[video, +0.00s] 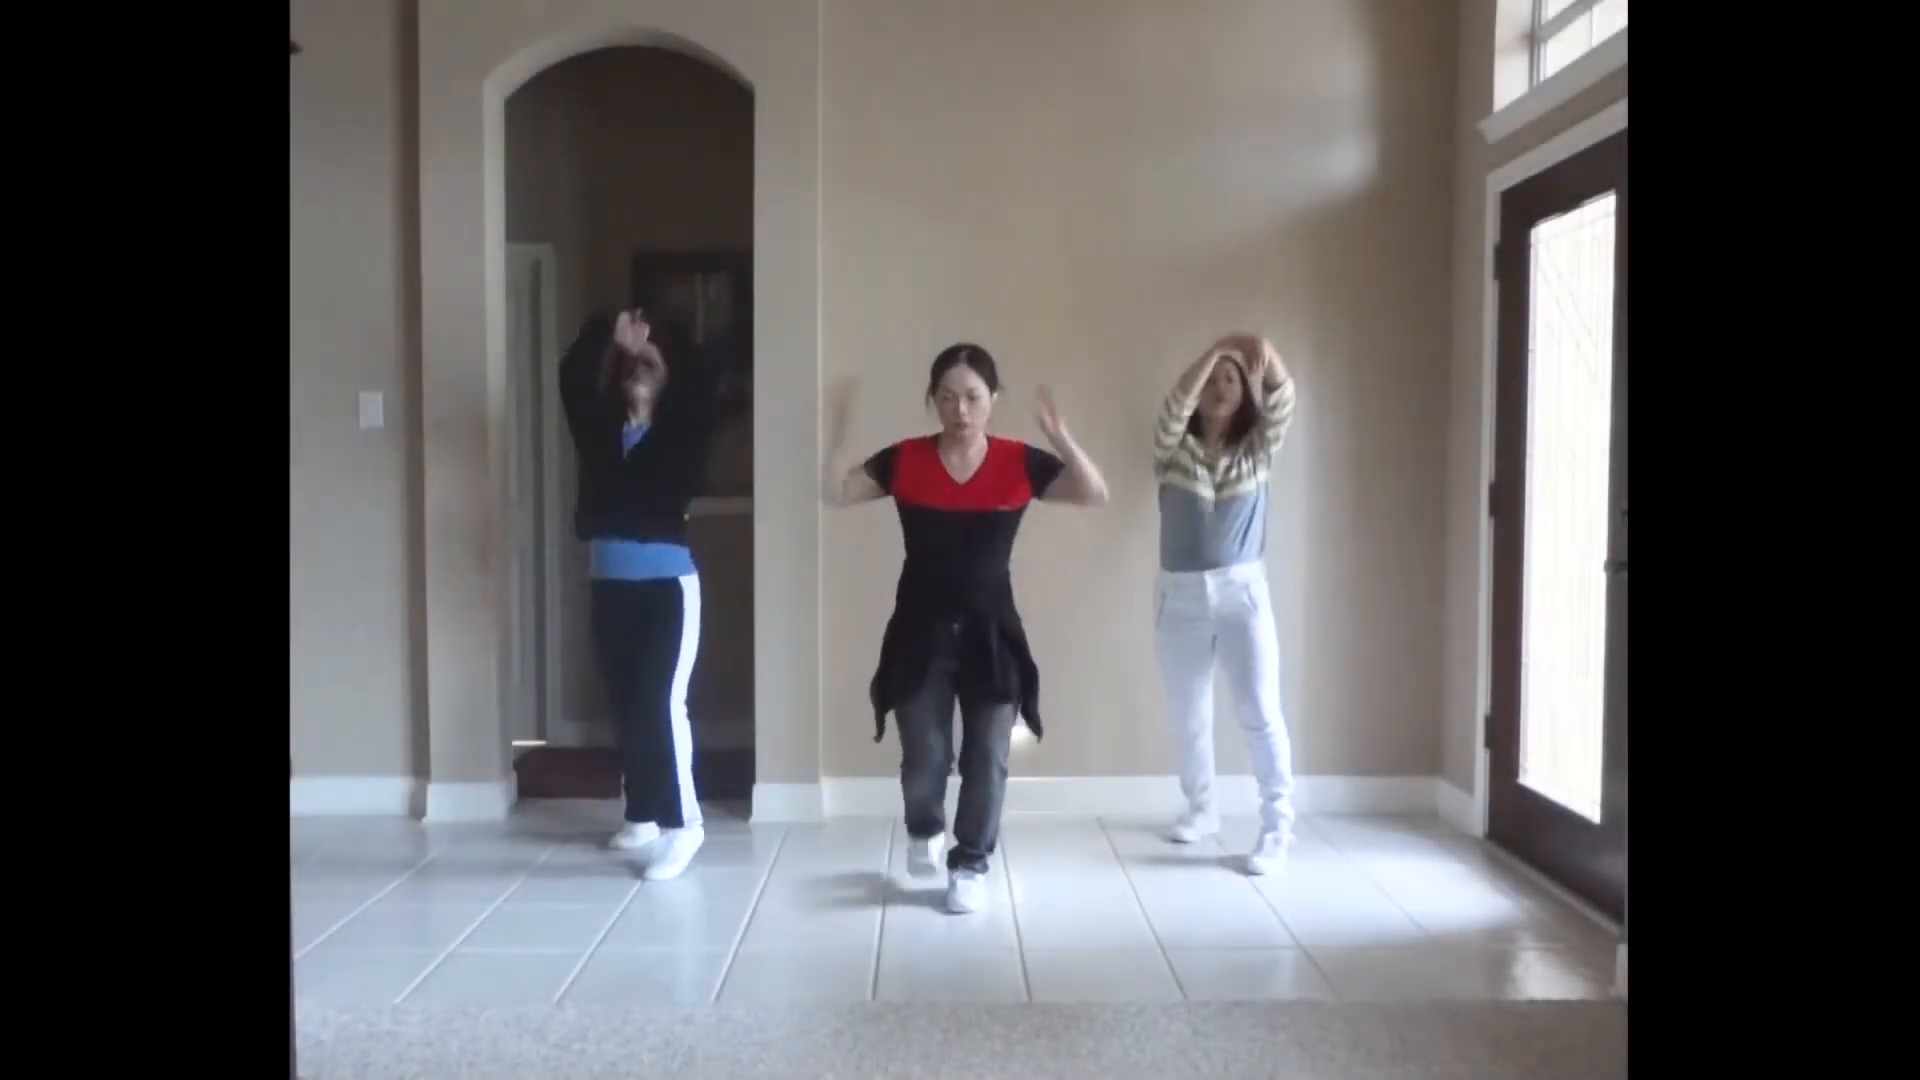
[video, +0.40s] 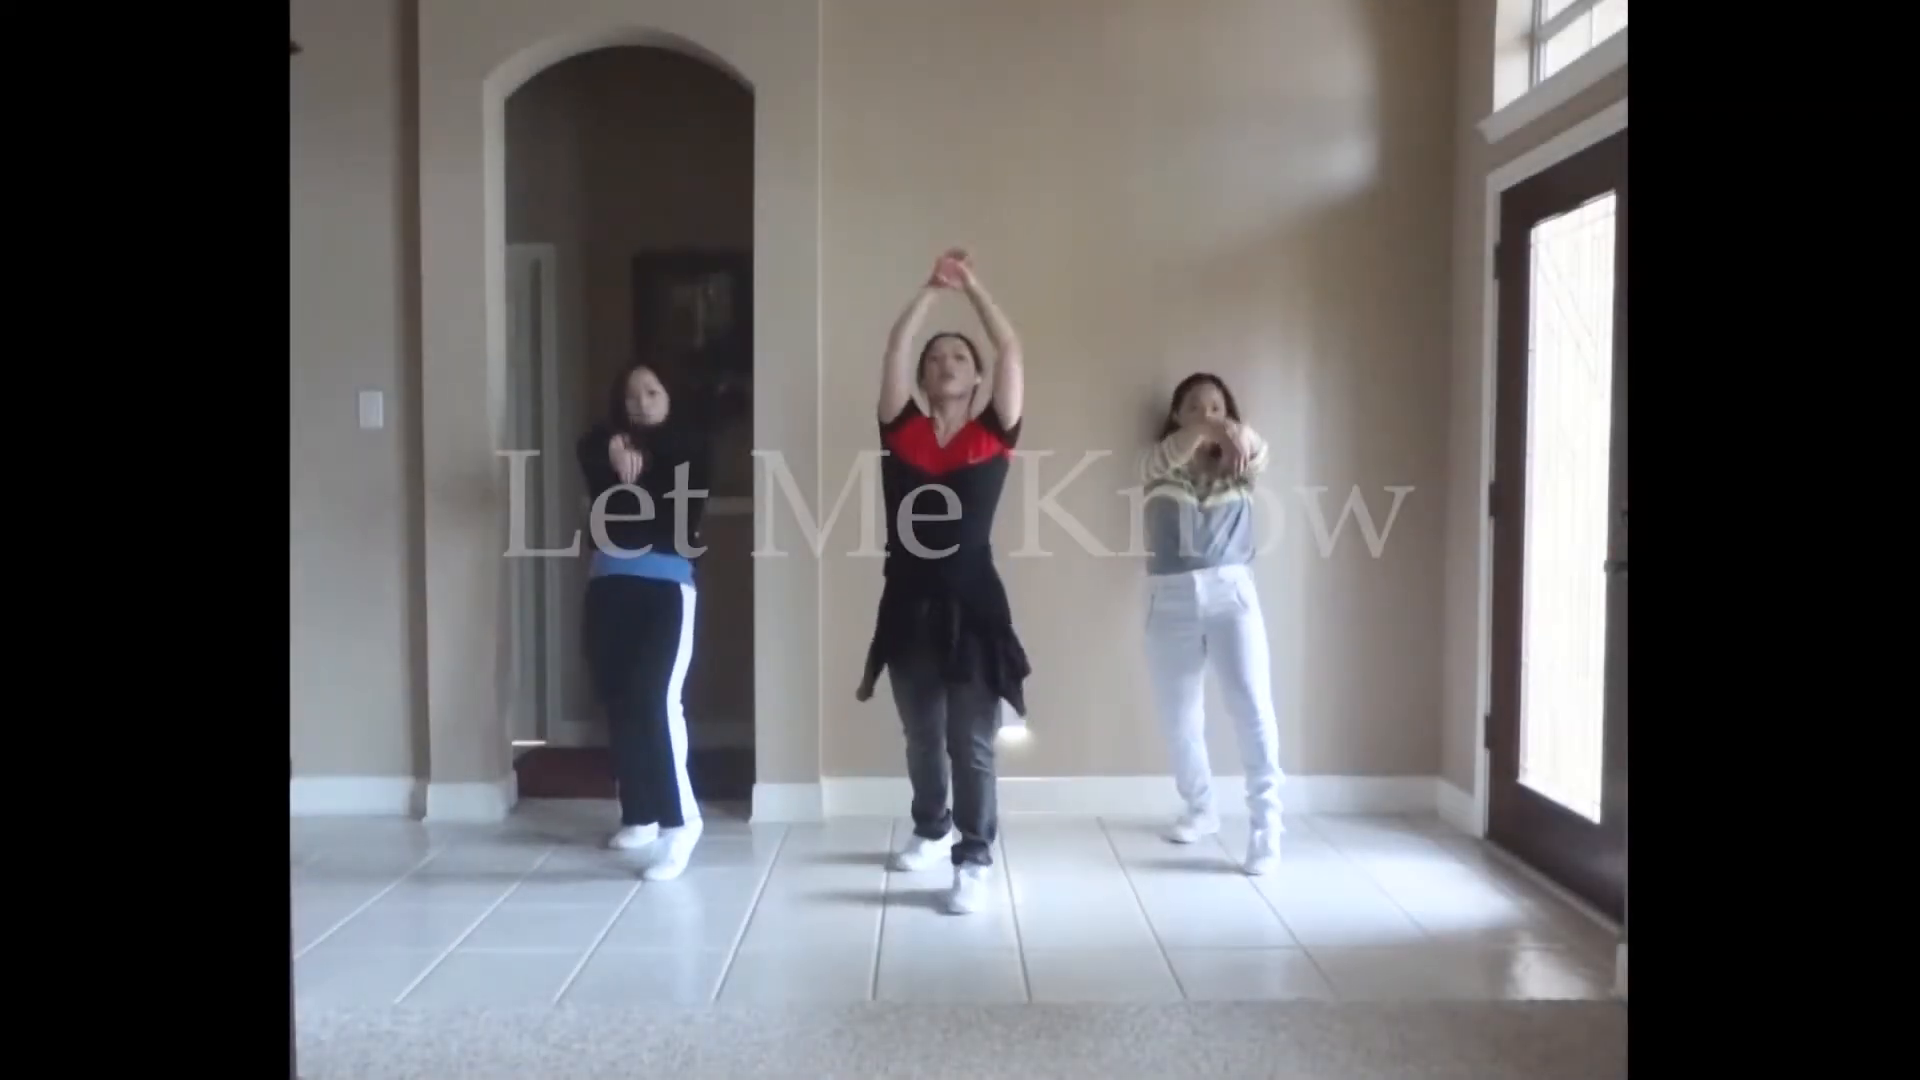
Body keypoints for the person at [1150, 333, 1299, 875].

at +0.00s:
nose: (1219, 387)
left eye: (1232, 380)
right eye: (1212, 378)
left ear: (1247, 396)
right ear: (1196, 389)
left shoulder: (1256, 450)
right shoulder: (1173, 449)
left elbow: (1280, 403)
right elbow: (1175, 408)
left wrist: (1266, 360)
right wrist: (1212, 352)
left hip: (1242, 594)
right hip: (1179, 596)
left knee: (1259, 714)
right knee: (1188, 717)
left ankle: (1276, 826)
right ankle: (1198, 812)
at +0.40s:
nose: (1206, 416)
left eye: (1215, 408)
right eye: (1195, 408)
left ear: (1227, 418)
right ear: (1176, 417)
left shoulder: (1239, 463)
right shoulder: (1158, 462)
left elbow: (1253, 449)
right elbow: (1184, 441)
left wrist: (1230, 426)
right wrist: (1212, 427)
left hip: (1231, 591)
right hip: (1171, 596)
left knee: (1252, 711)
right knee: (1179, 720)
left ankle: (1266, 826)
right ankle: (1199, 808)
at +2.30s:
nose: (1214, 434)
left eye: (1224, 426)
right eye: (1205, 424)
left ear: (1236, 435)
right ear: (1186, 427)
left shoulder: (1248, 490)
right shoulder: (1161, 486)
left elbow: (1277, 546)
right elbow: (1144, 541)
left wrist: (1278, 575)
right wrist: (1159, 569)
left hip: (1233, 615)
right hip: (1173, 616)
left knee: (1225, 706)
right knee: (1173, 726)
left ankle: (1203, 815)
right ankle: (1195, 805)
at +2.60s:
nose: (1253, 430)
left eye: (1265, 426)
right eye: (1247, 416)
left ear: (1268, 438)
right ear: (1221, 414)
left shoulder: (1250, 490)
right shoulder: (1172, 462)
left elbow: (1252, 552)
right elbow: (1185, 406)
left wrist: (1251, 596)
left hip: (1215, 615)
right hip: (1155, 614)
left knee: (1218, 730)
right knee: (1161, 732)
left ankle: (1185, 847)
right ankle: (1197, 805)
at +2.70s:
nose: (1262, 418)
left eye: (1273, 416)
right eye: (1256, 405)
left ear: (1274, 431)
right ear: (1228, 404)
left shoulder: (1249, 485)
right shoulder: (1175, 451)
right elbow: (1207, 374)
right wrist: (1270, 359)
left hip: (1219, 612)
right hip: (1158, 611)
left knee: (1221, 736)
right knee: (1156, 736)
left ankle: (1185, 851)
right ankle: (1186, 816)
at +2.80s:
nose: (1260, 413)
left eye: (1271, 410)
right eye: (1253, 399)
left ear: (1271, 428)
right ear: (1224, 401)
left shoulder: (1246, 486)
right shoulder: (1179, 453)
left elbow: (1231, 556)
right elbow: (1182, 407)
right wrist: (1210, 365)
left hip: (1226, 615)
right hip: (1163, 612)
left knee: (1237, 736)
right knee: (1155, 734)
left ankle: (1185, 853)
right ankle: (1128, 789)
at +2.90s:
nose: (1256, 409)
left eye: (1266, 407)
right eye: (1248, 396)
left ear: (1265, 425)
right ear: (1219, 398)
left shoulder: (1242, 482)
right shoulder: (1178, 455)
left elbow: (1230, 553)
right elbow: (1174, 416)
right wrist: (1190, 369)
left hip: (1232, 618)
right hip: (1173, 614)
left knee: (1242, 745)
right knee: (1155, 747)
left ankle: (1185, 855)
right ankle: (1101, 803)